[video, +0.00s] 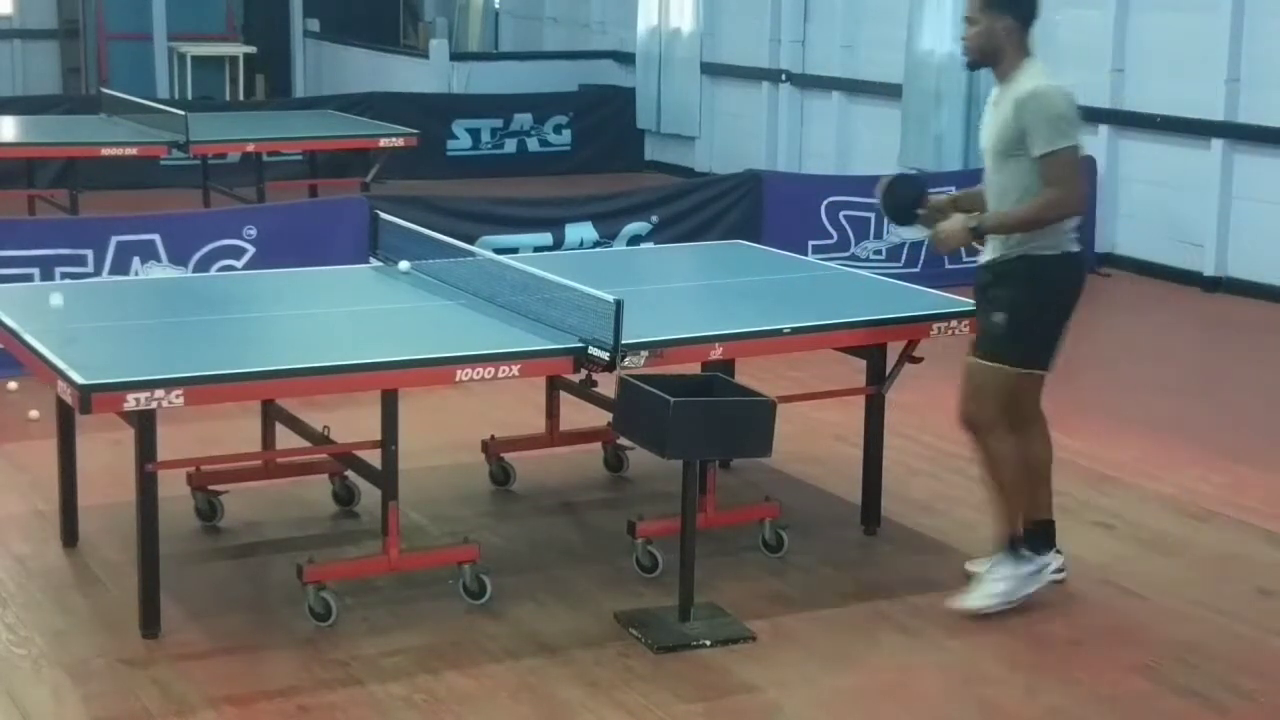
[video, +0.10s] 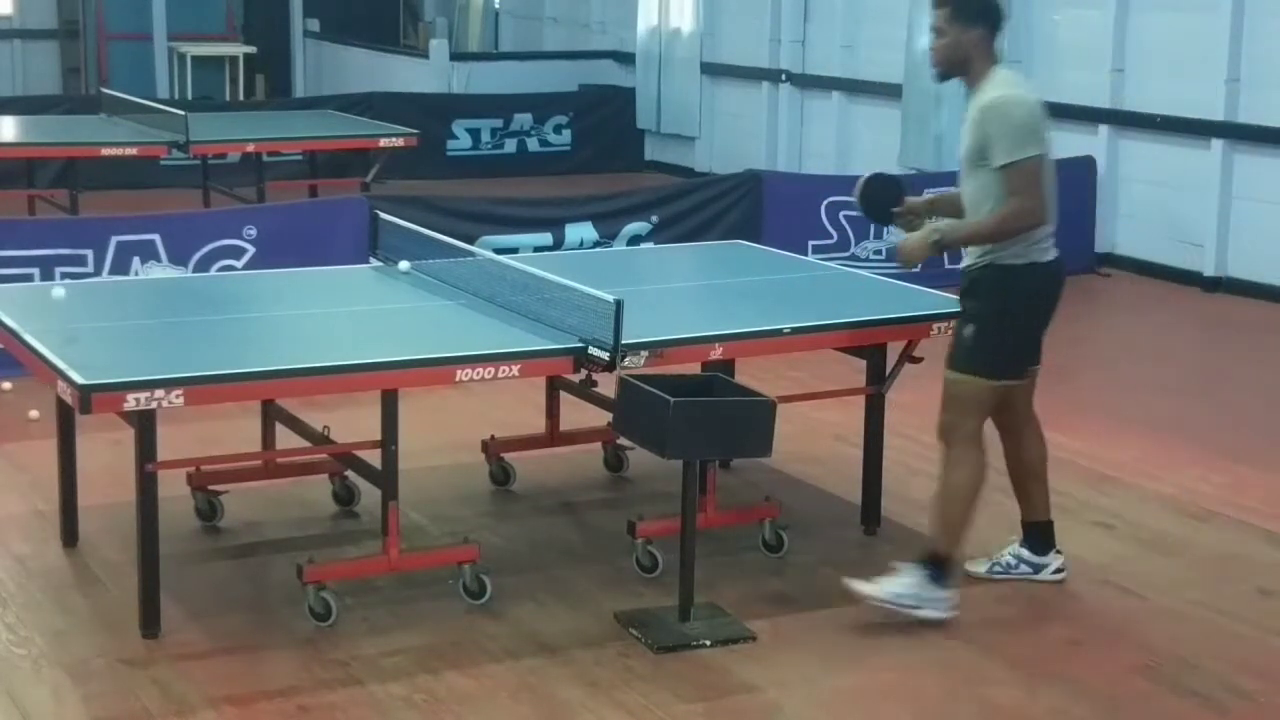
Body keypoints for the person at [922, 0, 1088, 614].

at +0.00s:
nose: (964, 35)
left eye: (973, 22)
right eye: (965, 22)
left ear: (1008, 26)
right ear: (1003, 28)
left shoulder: (1041, 97)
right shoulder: (1007, 97)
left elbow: (1069, 196)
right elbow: (1019, 188)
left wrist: (976, 225)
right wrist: (956, 202)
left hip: (1037, 267)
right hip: (1020, 264)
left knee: (982, 409)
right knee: (1020, 411)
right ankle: (1038, 546)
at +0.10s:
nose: (931, 45)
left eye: (941, 32)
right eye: (932, 33)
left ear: (979, 34)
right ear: (971, 36)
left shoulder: (1005, 104)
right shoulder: (990, 101)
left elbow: (1029, 209)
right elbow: (994, 194)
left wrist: (940, 237)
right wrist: (928, 206)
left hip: (1009, 278)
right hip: (1013, 273)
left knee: (959, 425)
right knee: (1013, 415)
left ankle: (935, 576)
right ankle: (1040, 549)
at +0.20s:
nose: (896, 61)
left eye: (903, 49)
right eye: (896, 49)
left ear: (936, 48)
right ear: (937, 48)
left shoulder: (964, 113)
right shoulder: (974, 100)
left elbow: (977, 227)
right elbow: (979, 201)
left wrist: (886, 264)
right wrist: (916, 213)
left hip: (984, 287)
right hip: (1008, 280)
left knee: (933, 433)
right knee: (1003, 416)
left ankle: (889, 589)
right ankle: (1039, 549)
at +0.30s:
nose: (848, 84)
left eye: (854, 71)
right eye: (845, 72)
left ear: (887, 61)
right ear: (899, 61)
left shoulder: (917, 125)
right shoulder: (958, 103)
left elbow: (915, 244)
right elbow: (962, 199)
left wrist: (827, 298)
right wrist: (896, 229)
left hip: (964, 290)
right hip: (1004, 280)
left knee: (897, 425)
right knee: (993, 412)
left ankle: (881, 591)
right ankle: (1036, 544)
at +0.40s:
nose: (806, 105)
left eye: (808, 91)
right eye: (802, 93)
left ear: (841, 78)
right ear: (854, 75)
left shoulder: (868, 139)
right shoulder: (927, 98)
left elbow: (854, 266)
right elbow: (973, 180)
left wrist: (772, 333)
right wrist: (891, 241)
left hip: (951, 291)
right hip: (1001, 277)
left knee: (892, 428)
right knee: (992, 407)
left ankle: (880, 591)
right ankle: (1029, 541)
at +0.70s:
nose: (756, 132)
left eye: (758, 119)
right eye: (752, 121)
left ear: (792, 103)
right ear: (802, 100)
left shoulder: (815, 168)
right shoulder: (893, 101)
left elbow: (782, 303)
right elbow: (972, 170)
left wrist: (720, 371)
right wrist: (894, 246)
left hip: (939, 294)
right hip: (999, 269)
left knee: (889, 433)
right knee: (1015, 401)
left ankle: (879, 592)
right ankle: (1057, 540)